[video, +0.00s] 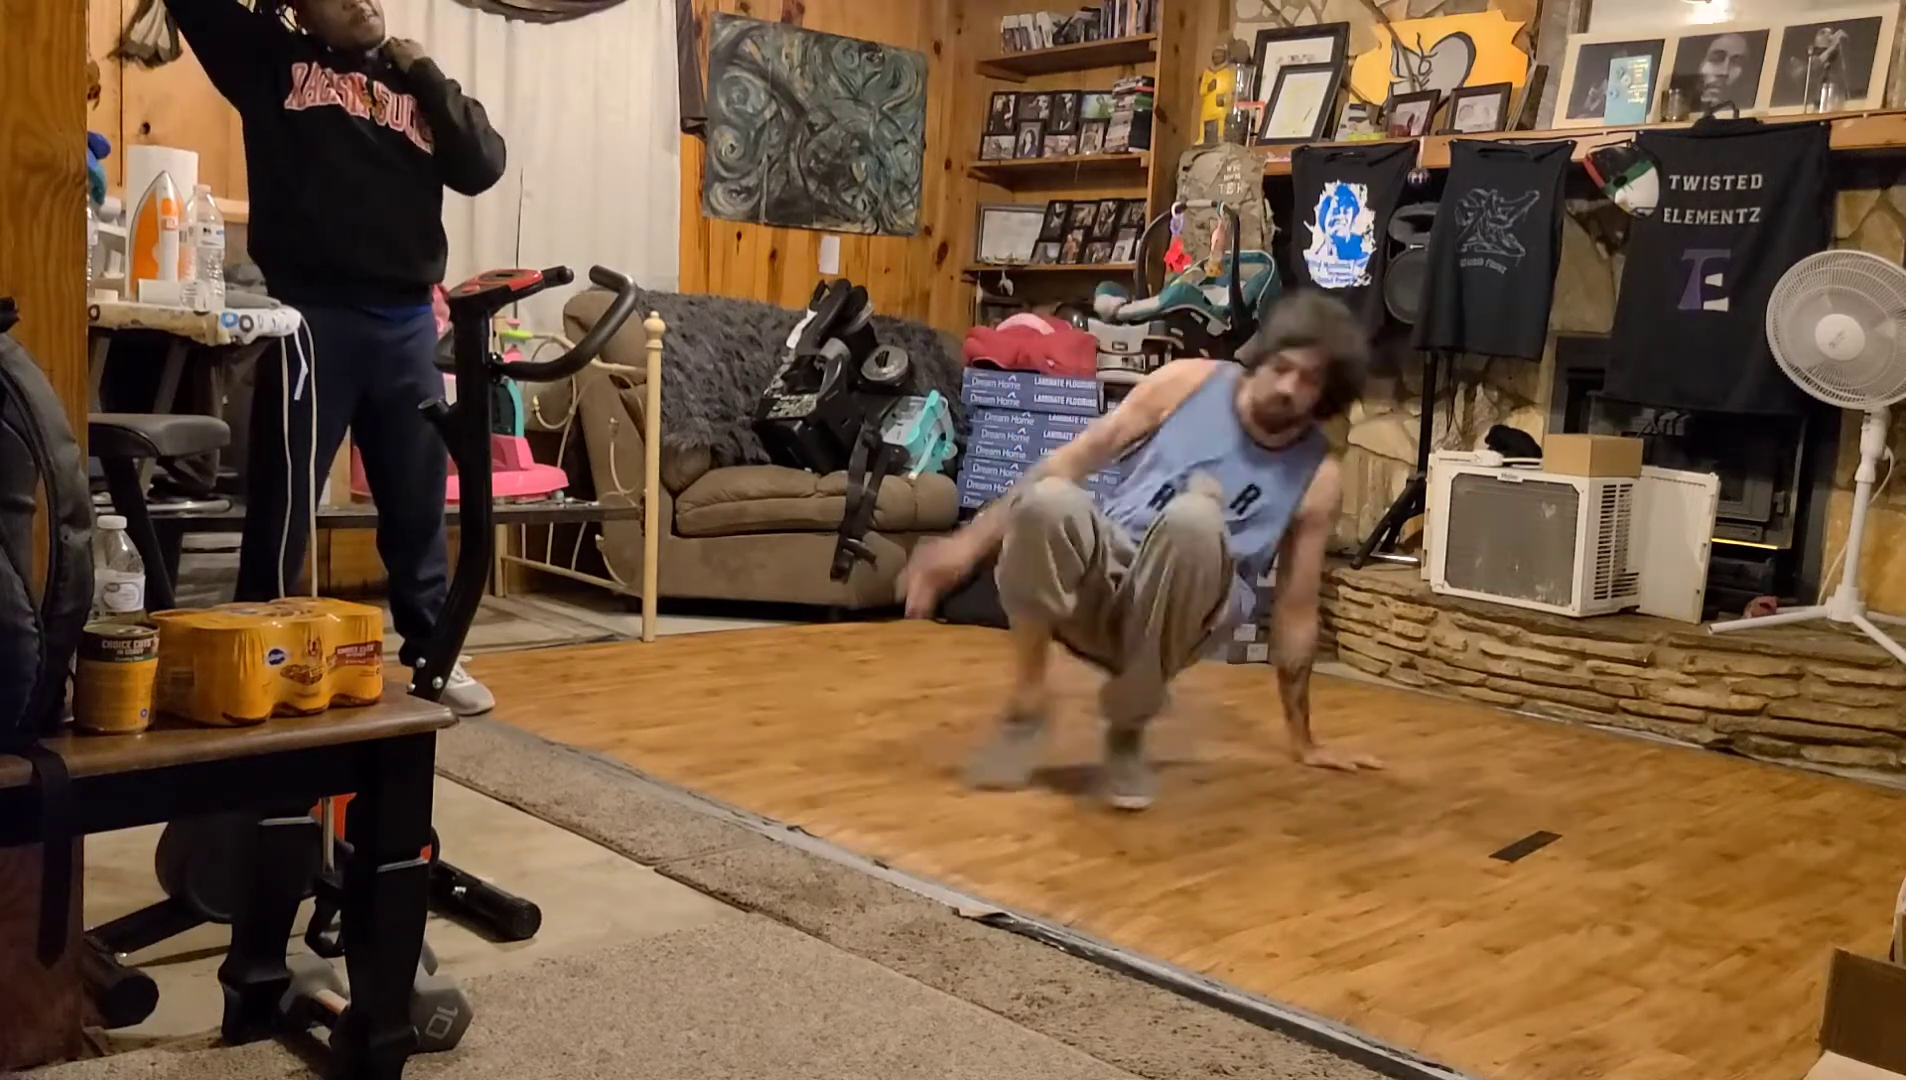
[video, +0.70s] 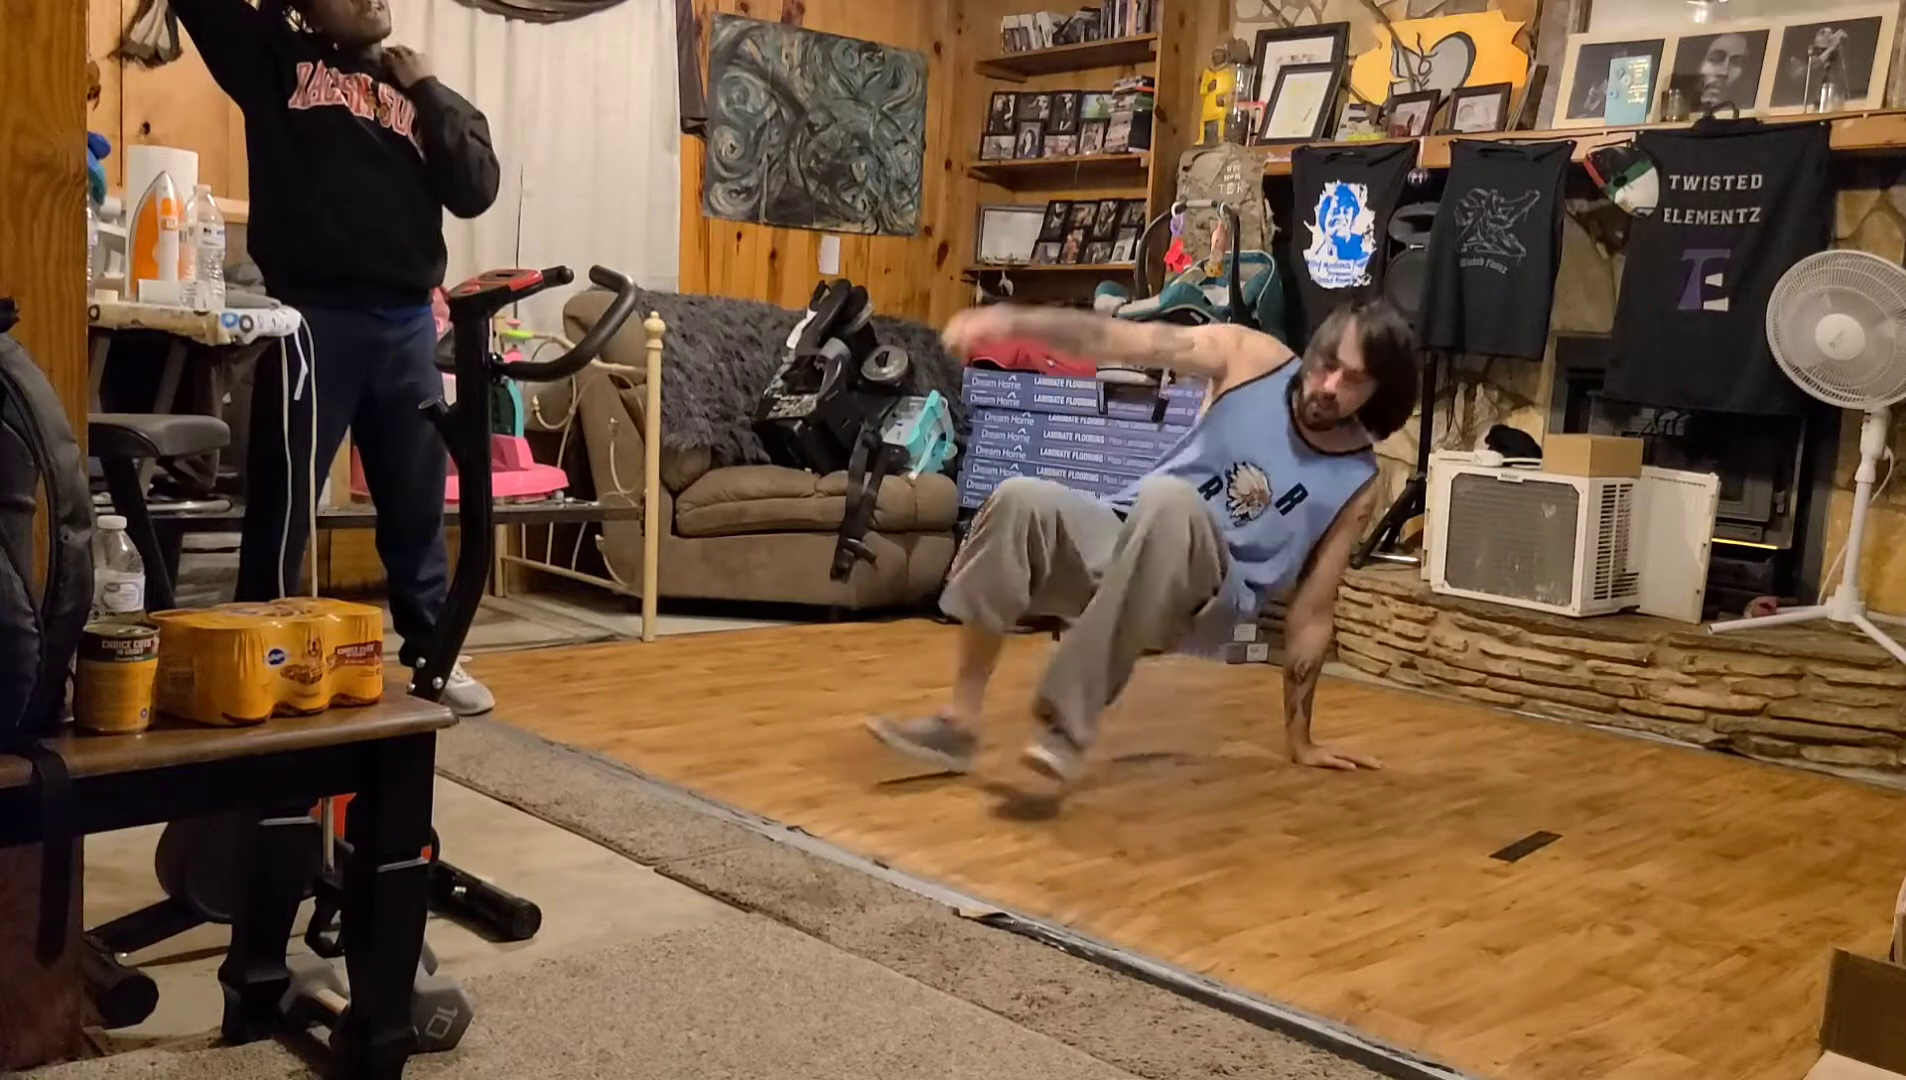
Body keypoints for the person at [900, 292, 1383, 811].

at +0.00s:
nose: (1288, 389)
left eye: (1309, 382)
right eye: (1282, 367)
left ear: (1325, 398)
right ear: (1258, 356)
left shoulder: (1316, 476)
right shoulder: (1186, 381)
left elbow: (1297, 613)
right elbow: (1075, 461)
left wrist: (1304, 743)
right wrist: (968, 545)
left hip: (1177, 619)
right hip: (1090, 578)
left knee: (1195, 516)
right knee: (1047, 504)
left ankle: (1128, 735)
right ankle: (1025, 714)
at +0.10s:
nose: (1314, 392)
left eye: (1336, 385)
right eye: (1311, 371)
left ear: (1359, 390)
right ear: (1295, 353)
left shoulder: (1340, 478)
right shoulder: (1228, 371)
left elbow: (1304, 613)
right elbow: (1106, 402)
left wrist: (1302, 739)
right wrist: (1002, 409)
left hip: (1204, 601)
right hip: (1123, 551)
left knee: (1201, 538)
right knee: (1033, 521)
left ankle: (1052, 745)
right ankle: (893, 742)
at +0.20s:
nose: (1329, 389)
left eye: (1351, 382)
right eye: (1325, 367)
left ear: (1370, 393)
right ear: (1307, 351)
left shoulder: (1351, 475)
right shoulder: (1243, 359)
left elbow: (1311, 611)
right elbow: (1113, 355)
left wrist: (1301, 741)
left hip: (1214, 603)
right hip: (1130, 548)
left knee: (1186, 525)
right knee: (1038, 505)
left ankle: (1068, 769)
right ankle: (933, 734)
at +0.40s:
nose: (1319, 377)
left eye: (1340, 372)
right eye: (1314, 357)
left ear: (1354, 391)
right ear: (1291, 353)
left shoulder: (1346, 479)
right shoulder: (1219, 375)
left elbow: (1306, 615)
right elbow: (1096, 386)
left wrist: (1300, 741)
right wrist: (1047, 312)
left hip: (1211, 629)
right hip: (1118, 578)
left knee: (1187, 548)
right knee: (1016, 536)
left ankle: (1115, 729)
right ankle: (1062, 710)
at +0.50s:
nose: (1321, 376)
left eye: (1345, 369)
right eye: (1317, 352)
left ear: (1364, 384)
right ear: (1299, 340)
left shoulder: (1351, 475)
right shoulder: (1230, 360)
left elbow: (1311, 614)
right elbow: (1106, 348)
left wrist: (1300, 740)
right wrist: (1063, 282)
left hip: (1214, 621)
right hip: (1125, 560)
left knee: (1172, 521)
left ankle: (1053, 742)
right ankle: (993, 708)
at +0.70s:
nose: (1331, 385)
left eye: (1356, 380)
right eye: (1329, 361)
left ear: (1380, 393)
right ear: (1317, 342)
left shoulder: (1357, 481)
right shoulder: (1247, 354)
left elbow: (1310, 612)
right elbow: (1110, 336)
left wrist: (1301, 744)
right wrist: (1011, 321)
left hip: (1212, 602)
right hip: (1125, 547)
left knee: (1172, 502)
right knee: (1023, 499)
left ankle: (1067, 728)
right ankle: (959, 723)